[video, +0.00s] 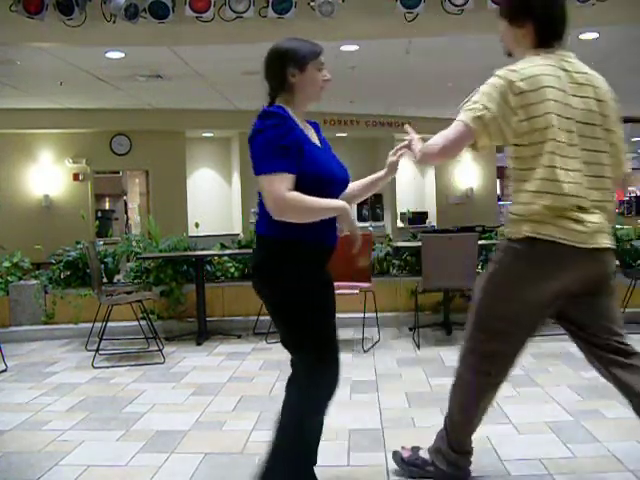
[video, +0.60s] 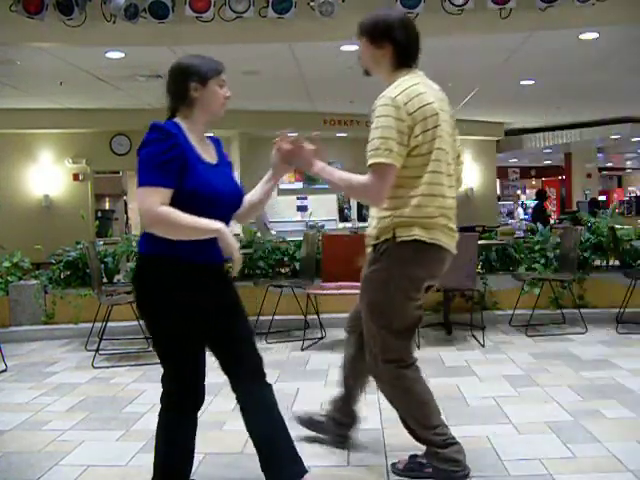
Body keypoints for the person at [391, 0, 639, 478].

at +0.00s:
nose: (500, 35)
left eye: (503, 23)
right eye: (500, 24)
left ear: (525, 25)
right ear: (552, 25)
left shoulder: (513, 79)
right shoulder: (597, 84)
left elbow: (445, 146)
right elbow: (620, 171)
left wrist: (419, 148)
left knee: (484, 352)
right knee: (615, 353)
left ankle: (449, 457)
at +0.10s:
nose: (466, 24)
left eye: (469, 14)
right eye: (467, 14)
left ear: (487, 17)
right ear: (522, 18)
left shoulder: (482, 76)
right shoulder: (562, 79)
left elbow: (445, 157)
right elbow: (582, 169)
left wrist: (404, 161)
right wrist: (540, 188)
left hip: (498, 238)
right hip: (555, 240)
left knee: (460, 348)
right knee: (575, 341)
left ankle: (447, 458)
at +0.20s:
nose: (441, 27)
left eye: (444, 16)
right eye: (441, 16)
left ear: (462, 17)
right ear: (489, 17)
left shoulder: (461, 75)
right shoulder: (528, 75)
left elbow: (441, 162)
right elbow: (549, 160)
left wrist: (387, 168)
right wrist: (506, 190)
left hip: (472, 231)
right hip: (523, 233)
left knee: (445, 347)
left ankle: (446, 458)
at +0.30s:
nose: (414, 27)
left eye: (416, 17)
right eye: (414, 17)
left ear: (438, 19)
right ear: (462, 19)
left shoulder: (442, 77)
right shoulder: (500, 75)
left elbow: (427, 171)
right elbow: (519, 161)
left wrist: (370, 165)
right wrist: (476, 192)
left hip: (453, 228)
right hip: (496, 230)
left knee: (433, 346)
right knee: (486, 331)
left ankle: (446, 458)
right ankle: (555, 436)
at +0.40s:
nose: (394, 32)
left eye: (398, 22)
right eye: (395, 22)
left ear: (419, 24)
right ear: (439, 24)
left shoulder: (426, 78)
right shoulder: (476, 77)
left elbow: (411, 172)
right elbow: (497, 161)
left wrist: (355, 161)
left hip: (437, 228)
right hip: (474, 228)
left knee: (420, 348)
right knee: (444, 339)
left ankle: (446, 458)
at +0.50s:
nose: (377, 43)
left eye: (381, 33)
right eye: (377, 34)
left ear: (403, 36)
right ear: (417, 36)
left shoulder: (409, 87)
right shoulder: (456, 87)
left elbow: (393, 178)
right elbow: (476, 169)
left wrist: (337, 162)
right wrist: (427, 186)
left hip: (419, 235)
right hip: (453, 235)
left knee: (404, 346)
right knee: (404, 336)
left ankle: (445, 458)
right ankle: (402, 432)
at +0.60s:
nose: (360, 55)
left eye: (363, 46)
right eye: (360, 46)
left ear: (384, 48)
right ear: (401, 48)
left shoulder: (394, 100)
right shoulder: (433, 95)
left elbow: (375, 189)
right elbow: (446, 177)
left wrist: (315, 165)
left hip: (405, 240)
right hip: (433, 240)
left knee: (386, 351)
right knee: (361, 326)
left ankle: (444, 454)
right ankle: (340, 418)